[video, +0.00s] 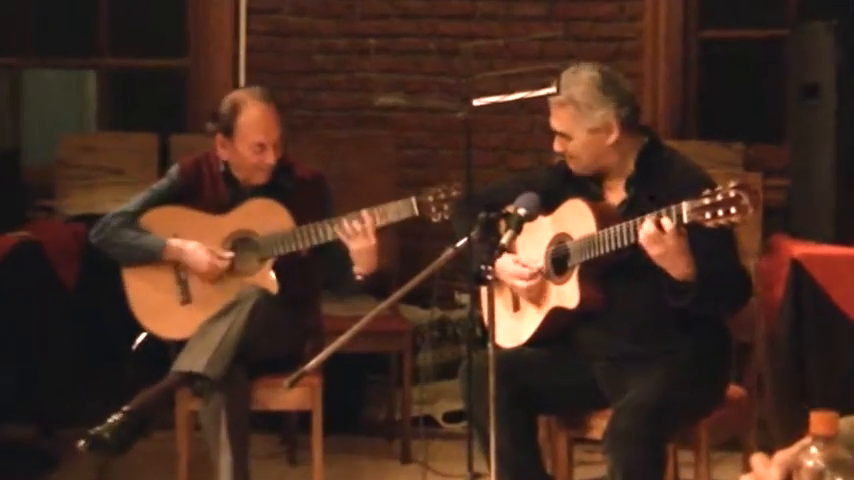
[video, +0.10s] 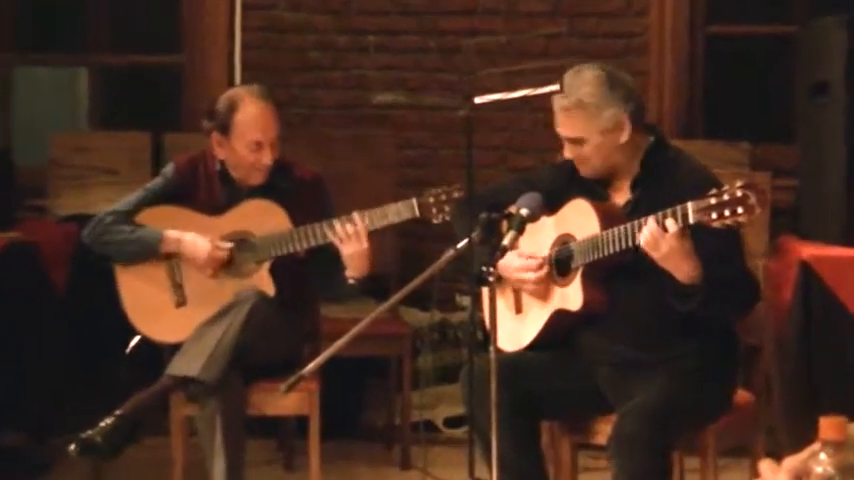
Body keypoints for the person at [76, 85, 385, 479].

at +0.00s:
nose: (270, 158)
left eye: (275, 146)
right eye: (257, 148)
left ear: (283, 139)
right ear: (223, 145)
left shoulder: (304, 188)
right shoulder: (192, 177)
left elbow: (331, 280)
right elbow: (105, 233)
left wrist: (362, 270)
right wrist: (177, 250)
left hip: (284, 331)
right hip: (208, 325)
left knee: (252, 300)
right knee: (225, 368)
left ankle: (143, 409)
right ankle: (232, 476)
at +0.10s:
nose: (268, 158)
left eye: (273, 145)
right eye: (255, 147)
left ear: (280, 137)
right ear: (219, 143)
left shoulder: (302, 188)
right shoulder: (188, 176)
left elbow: (326, 284)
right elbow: (98, 232)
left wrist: (355, 274)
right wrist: (177, 242)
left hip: (281, 333)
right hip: (201, 326)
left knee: (251, 304)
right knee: (221, 384)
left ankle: (136, 411)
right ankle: (224, 476)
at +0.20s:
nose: (265, 157)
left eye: (271, 143)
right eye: (251, 145)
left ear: (278, 135)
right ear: (214, 141)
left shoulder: (296, 190)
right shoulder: (182, 177)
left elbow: (321, 286)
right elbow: (92, 233)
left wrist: (348, 276)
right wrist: (175, 249)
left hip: (278, 338)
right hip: (198, 328)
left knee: (246, 306)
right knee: (217, 390)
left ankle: (130, 416)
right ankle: (218, 475)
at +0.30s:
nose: (260, 151)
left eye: (266, 137)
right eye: (246, 139)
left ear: (275, 131)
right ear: (208, 138)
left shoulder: (294, 190)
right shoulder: (178, 175)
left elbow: (314, 287)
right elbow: (85, 232)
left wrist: (343, 280)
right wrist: (170, 258)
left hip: (273, 342)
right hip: (190, 332)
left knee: (244, 310)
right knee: (211, 394)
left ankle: (118, 420)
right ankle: (213, 474)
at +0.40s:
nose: (255, 147)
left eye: (261, 133)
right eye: (240, 135)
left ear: (269, 129)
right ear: (202, 135)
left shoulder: (291, 189)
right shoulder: (172, 174)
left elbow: (312, 293)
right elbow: (77, 234)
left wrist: (339, 283)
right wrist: (162, 261)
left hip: (270, 346)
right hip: (186, 338)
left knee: (241, 316)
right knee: (206, 405)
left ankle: (107, 428)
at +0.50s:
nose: (249, 144)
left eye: (254, 129)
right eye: (232, 132)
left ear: (262, 124)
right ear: (194, 133)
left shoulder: (288, 190)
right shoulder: (163, 176)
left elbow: (311, 299)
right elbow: (65, 237)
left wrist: (334, 285)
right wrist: (153, 257)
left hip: (267, 351)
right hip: (181, 345)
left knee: (236, 319)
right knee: (198, 410)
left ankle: (94, 441)